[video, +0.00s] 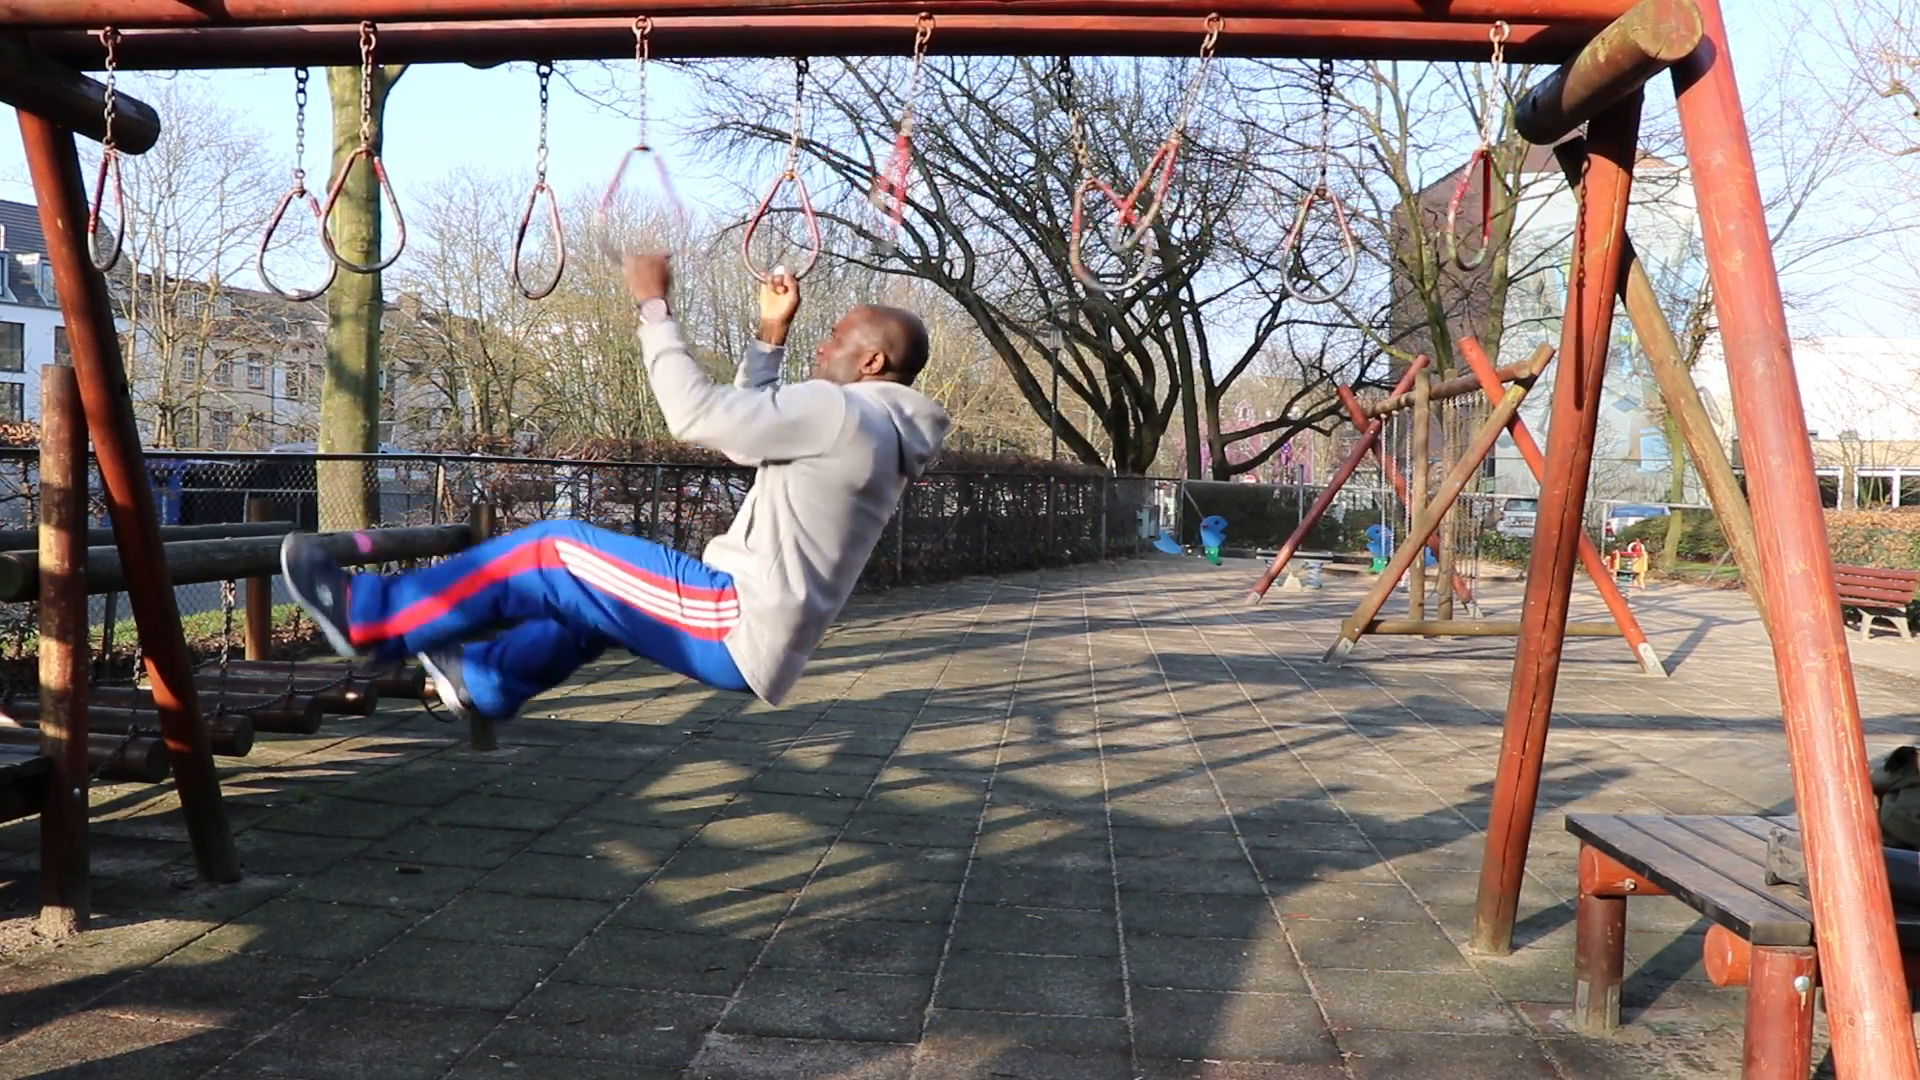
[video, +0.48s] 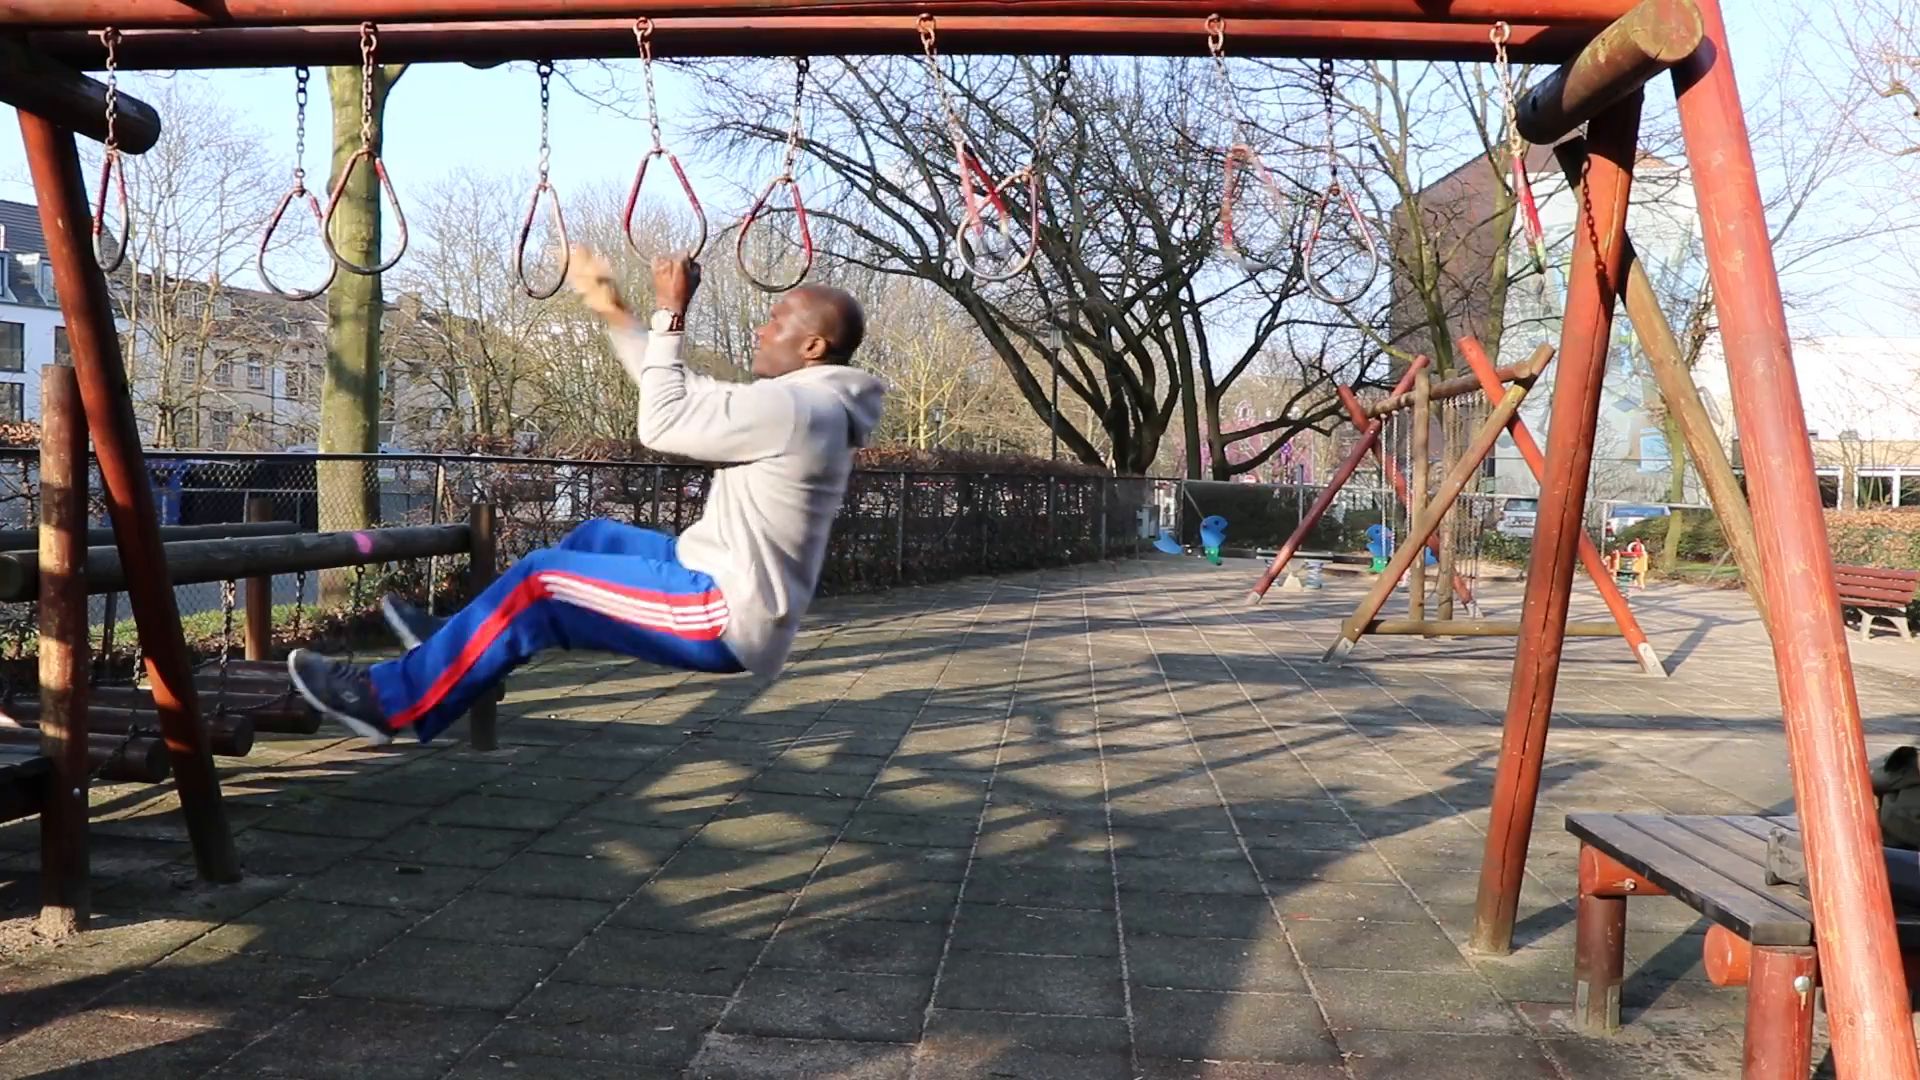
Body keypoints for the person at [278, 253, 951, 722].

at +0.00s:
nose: (824, 351)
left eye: (836, 341)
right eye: (830, 341)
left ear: (874, 363)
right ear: (885, 371)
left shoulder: (836, 413)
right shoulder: (881, 433)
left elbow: (698, 417)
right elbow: (761, 434)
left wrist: (653, 308)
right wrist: (771, 340)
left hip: (733, 621)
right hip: (767, 632)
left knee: (555, 546)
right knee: (592, 595)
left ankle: (363, 614)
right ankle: (485, 687)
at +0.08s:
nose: (825, 362)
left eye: (834, 351)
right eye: (829, 352)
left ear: (872, 370)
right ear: (887, 378)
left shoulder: (837, 423)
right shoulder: (879, 440)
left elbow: (701, 419)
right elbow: (763, 435)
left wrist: (675, 311)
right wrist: (776, 341)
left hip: (737, 624)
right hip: (773, 638)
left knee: (555, 561)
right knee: (597, 607)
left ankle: (376, 641)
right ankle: (488, 701)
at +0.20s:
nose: (815, 353)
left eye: (825, 343)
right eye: (820, 342)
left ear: (860, 363)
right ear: (874, 370)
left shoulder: (827, 414)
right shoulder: (869, 428)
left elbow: (696, 426)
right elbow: (752, 434)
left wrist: (681, 313)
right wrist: (776, 343)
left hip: (741, 621)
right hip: (774, 626)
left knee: (560, 563)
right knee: (597, 597)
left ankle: (391, 666)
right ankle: (491, 697)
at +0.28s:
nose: (797, 347)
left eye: (805, 334)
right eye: (799, 334)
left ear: (835, 345)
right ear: (865, 354)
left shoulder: (815, 405)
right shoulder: (855, 415)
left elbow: (690, 425)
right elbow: (743, 432)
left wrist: (678, 314)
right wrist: (764, 341)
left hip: (742, 615)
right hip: (770, 603)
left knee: (559, 564)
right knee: (602, 549)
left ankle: (401, 678)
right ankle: (478, 679)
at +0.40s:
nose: (773, 328)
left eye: (786, 319)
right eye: (780, 316)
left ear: (823, 341)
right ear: (830, 343)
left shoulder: (804, 402)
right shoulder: (827, 401)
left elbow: (676, 422)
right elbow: (705, 421)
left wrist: (672, 318)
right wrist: (692, 336)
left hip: (735, 610)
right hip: (749, 587)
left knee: (549, 573)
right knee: (609, 531)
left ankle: (407, 695)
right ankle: (461, 642)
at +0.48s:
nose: (761, 330)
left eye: (776, 321)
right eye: (768, 317)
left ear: (812, 344)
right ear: (813, 345)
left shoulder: (794, 408)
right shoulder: (810, 402)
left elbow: (667, 422)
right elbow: (680, 400)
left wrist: (670, 315)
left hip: (726, 618)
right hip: (735, 589)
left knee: (538, 584)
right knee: (594, 537)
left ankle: (395, 702)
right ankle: (454, 649)